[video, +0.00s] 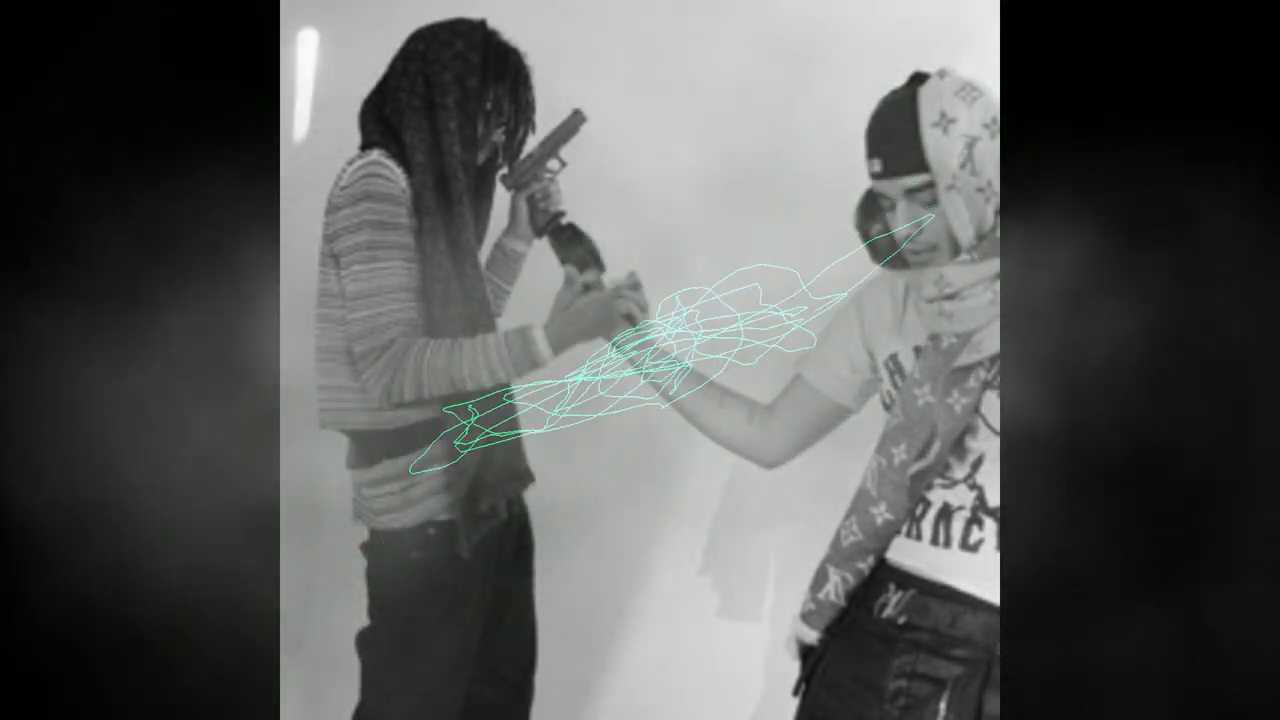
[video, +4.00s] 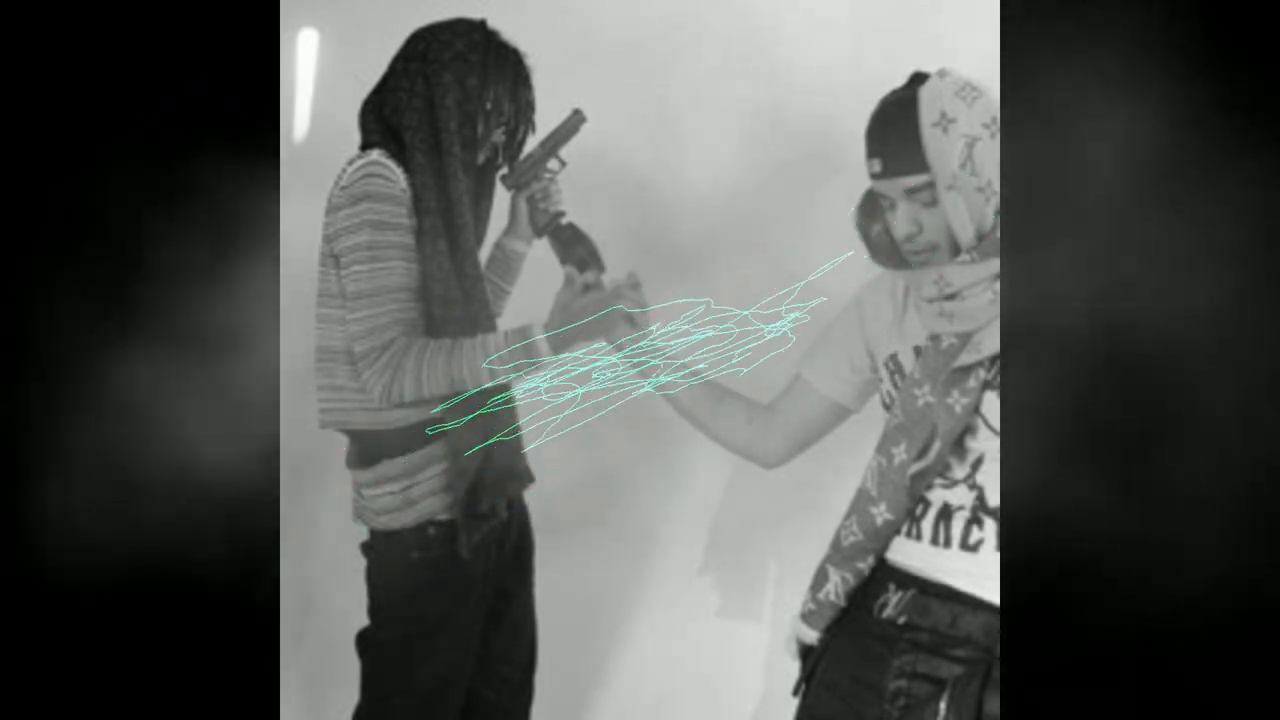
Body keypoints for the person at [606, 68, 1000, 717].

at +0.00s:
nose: (901, 226)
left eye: (922, 200)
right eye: (885, 204)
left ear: (982, 188)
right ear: (872, 202)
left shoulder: (1039, 290)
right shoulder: (892, 300)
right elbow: (769, 436)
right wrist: (635, 341)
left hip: (1014, 643)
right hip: (889, 617)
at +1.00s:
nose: (910, 224)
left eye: (927, 198)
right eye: (892, 203)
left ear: (984, 181)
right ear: (878, 206)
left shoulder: (1036, 294)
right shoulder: (906, 300)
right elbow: (770, 436)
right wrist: (634, 338)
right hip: (888, 613)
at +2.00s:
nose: (902, 229)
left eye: (922, 199)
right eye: (885, 204)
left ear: (978, 188)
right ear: (874, 205)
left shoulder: (1038, 298)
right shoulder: (910, 308)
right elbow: (768, 436)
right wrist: (638, 345)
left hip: (995, 646)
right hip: (890, 619)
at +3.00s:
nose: (904, 228)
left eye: (925, 199)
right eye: (886, 205)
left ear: (979, 184)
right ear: (873, 204)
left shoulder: (1037, 289)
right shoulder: (890, 305)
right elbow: (767, 436)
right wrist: (636, 340)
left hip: (1012, 641)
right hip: (888, 619)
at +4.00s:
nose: (905, 228)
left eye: (926, 198)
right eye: (887, 204)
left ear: (982, 182)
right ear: (874, 203)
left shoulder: (1040, 292)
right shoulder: (892, 303)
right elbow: (769, 436)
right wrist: (638, 344)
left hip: (994, 642)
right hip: (879, 616)